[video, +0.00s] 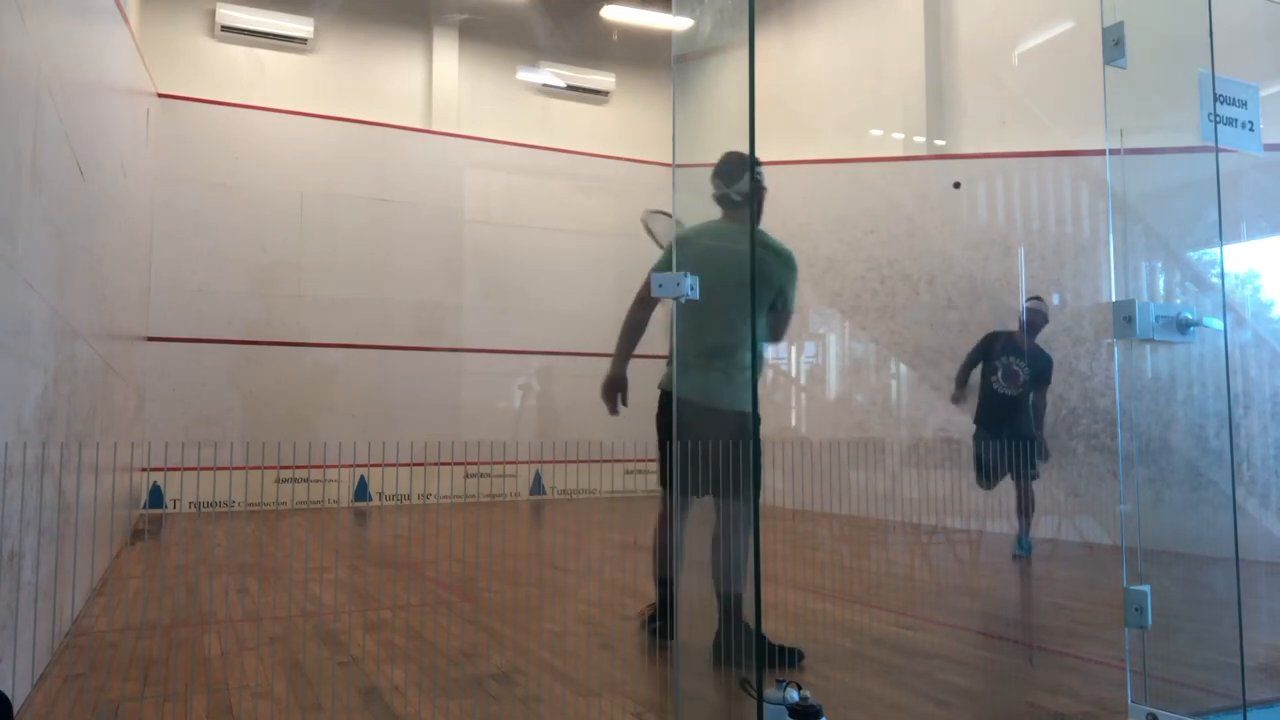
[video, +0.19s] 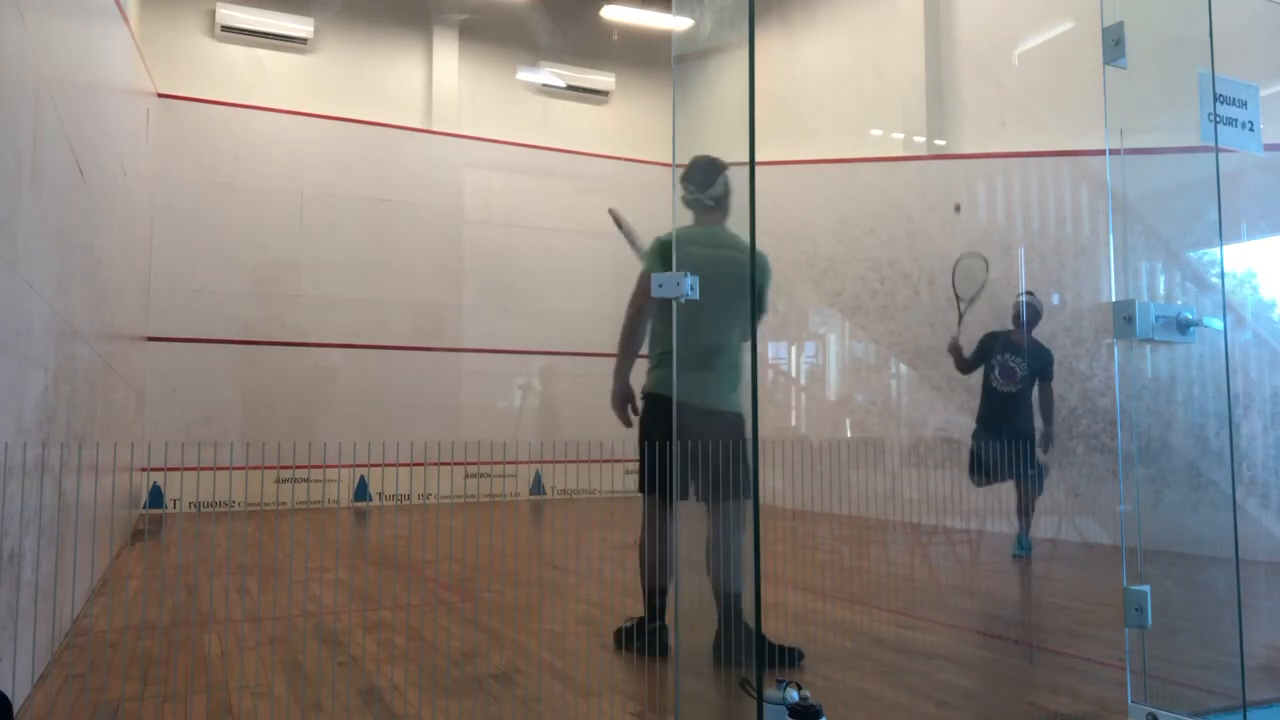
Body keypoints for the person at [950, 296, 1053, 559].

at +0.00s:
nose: (1030, 321)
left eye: (1037, 318)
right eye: (1027, 315)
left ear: (1044, 324)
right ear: (1020, 316)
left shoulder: (1043, 360)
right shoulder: (994, 341)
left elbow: (1040, 398)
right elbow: (968, 364)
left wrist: (1039, 434)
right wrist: (960, 388)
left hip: (1022, 427)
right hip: (990, 424)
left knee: (1023, 483)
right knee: (987, 481)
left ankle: (1023, 538)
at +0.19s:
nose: (1020, 311)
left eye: (1027, 308)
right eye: (1018, 306)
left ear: (1037, 318)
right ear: (1011, 312)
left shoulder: (1041, 354)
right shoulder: (992, 340)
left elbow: (1045, 393)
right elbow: (966, 367)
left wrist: (1048, 428)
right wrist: (956, 352)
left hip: (1020, 427)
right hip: (989, 421)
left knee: (1023, 482)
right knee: (979, 477)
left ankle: (1023, 538)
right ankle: (1032, 469)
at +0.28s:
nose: (1017, 311)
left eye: (1023, 307)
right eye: (1014, 306)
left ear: (1033, 314)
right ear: (1007, 310)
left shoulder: (1039, 352)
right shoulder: (991, 341)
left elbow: (1050, 393)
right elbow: (965, 367)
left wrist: (1058, 430)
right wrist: (953, 348)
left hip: (1019, 425)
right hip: (988, 421)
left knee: (1022, 481)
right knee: (981, 476)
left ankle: (1023, 539)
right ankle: (1026, 497)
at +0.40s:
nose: (1011, 312)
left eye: (1017, 308)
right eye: (1008, 307)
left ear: (1027, 314)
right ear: (1003, 311)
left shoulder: (1036, 351)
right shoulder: (988, 344)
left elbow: (1052, 388)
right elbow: (971, 371)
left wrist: (1062, 422)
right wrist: (953, 353)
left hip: (1018, 424)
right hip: (988, 422)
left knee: (1022, 479)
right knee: (981, 475)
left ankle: (1024, 537)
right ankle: (1009, 518)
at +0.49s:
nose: (1004, 313)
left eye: (1010, 309)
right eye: (1001, 308)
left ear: (1018, 315)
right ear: (995, 313)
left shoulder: (1030, 348)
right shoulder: (985, 346)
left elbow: (1048, 382)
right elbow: (979, 376)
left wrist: (1058, 412)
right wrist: (955, 365)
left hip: (1017, 421)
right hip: (988, 421)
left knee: (1020, 479)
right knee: (986, 477)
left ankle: (1024, 537)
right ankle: (1001, 528)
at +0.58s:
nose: (997, 317)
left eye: (1002, 312)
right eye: (993, 312)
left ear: (1012, 316)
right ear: (988, 316)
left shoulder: (1023, 348)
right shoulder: (982, 349)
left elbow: (1045, 380)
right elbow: (981, 382)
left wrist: (1049, 408)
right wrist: (955, 377)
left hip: (1013, 421)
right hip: (986, 422)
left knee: (1019, 479)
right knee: (990, 479)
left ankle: (1023, 538)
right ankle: (1002, 531)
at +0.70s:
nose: (986, 323)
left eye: (991, 318)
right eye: (983, 318)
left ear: (1001, 321)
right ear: (978, 321)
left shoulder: (1015, 350)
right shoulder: (978, 352)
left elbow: (1043, 383)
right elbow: (979, 387)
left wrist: (1039, 412)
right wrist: (952, 383)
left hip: (1010, 423)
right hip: (985, 424)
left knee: (1015, 481)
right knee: (994, 481)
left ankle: (1022, 538)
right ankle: (1004, 532)